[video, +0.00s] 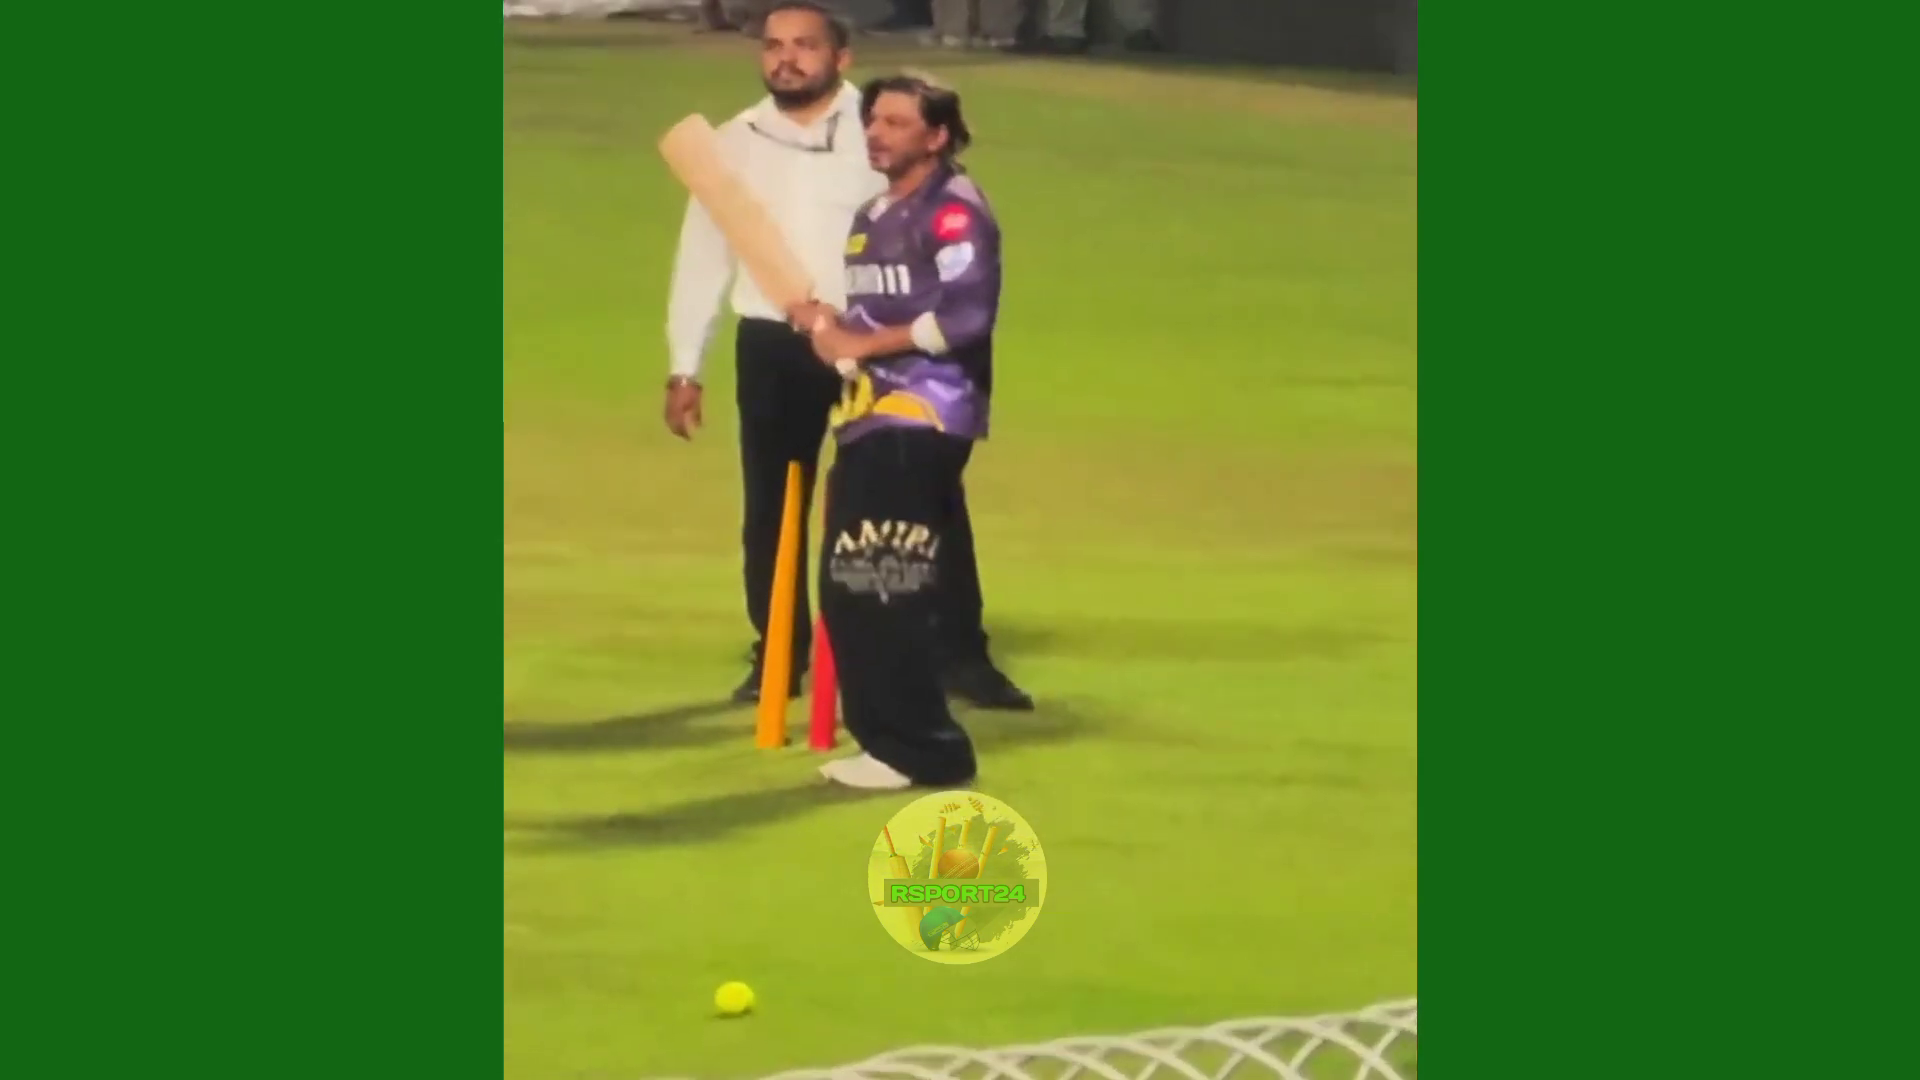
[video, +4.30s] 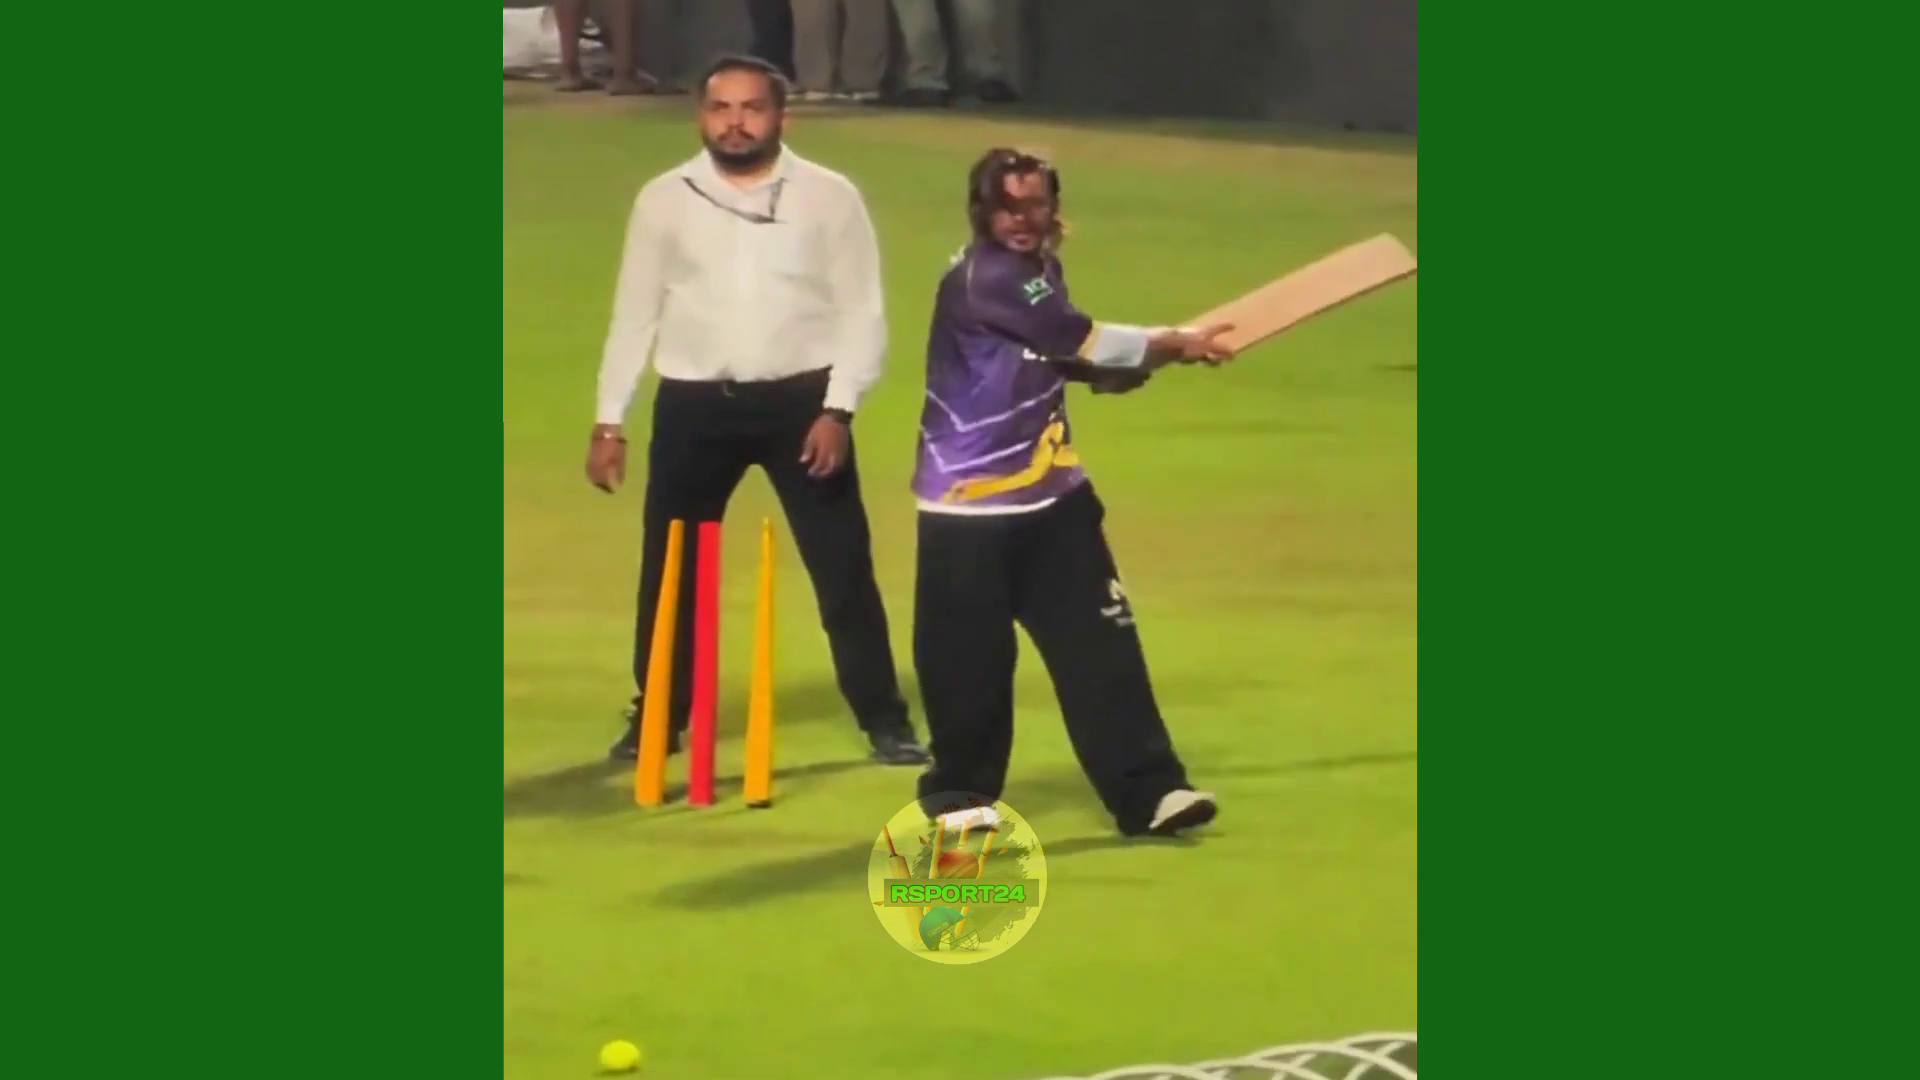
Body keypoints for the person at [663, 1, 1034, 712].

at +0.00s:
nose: (785, 58)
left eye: (802, 45)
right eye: (774, 46)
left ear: (839, 56)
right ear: (761, 56)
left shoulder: (880, 133)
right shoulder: (736, 143)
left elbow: (944, 236)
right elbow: (702, 257)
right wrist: (685, 368)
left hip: (874, 345)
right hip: (775, 345)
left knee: (932, 506)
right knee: (772, 510)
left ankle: (962, 656)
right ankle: (778, 656)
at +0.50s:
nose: (888, 58)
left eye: (906, 44)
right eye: (877, 44)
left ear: (943, 57)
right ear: (862, 53)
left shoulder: (987, 137)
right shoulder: (827, 139)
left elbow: (1023, 249)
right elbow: (794, 249)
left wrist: (996, 345)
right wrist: (784, 359)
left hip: (955, 346)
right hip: (850, 343)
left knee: (994, 518)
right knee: (834, 522)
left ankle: (1031, 665)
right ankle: (802, 664)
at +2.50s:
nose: (837, 139)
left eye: (853, 126)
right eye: (822, 126)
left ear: (880, 135)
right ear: (804, 135)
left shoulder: (927, 212)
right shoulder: (765, 216)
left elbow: (973, 324)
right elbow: (708, 290)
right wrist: (733, 383)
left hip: (900, 430)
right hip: (794, 429)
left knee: (945, 603)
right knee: (772, 598)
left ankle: (974, 755)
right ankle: (752, 747)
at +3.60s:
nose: (768, 165)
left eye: (785, 151)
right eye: (752, 151)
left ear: (813, 156)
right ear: (735, 158)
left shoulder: (864, 238)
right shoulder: (698, 238)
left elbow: (906, 340)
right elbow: (656, 325)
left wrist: (851, 416)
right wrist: (670, 386)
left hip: (839, 456)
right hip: (729, 456)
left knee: (881, 621)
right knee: (699, 614)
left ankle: (914, 775)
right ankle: (679, 761)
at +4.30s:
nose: (736, 121)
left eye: (752, 107)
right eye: (721, 108)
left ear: (780, 116)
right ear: (701, 116)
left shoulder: (832, 198)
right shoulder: (664, 202)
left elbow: (864, 312)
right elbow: (633, 316)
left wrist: (839, 410)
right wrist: (610, 422)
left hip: (802, 408)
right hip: (694, 412)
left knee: (846, 574)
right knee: (666, 573)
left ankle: (886, 722)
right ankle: (656, 719)